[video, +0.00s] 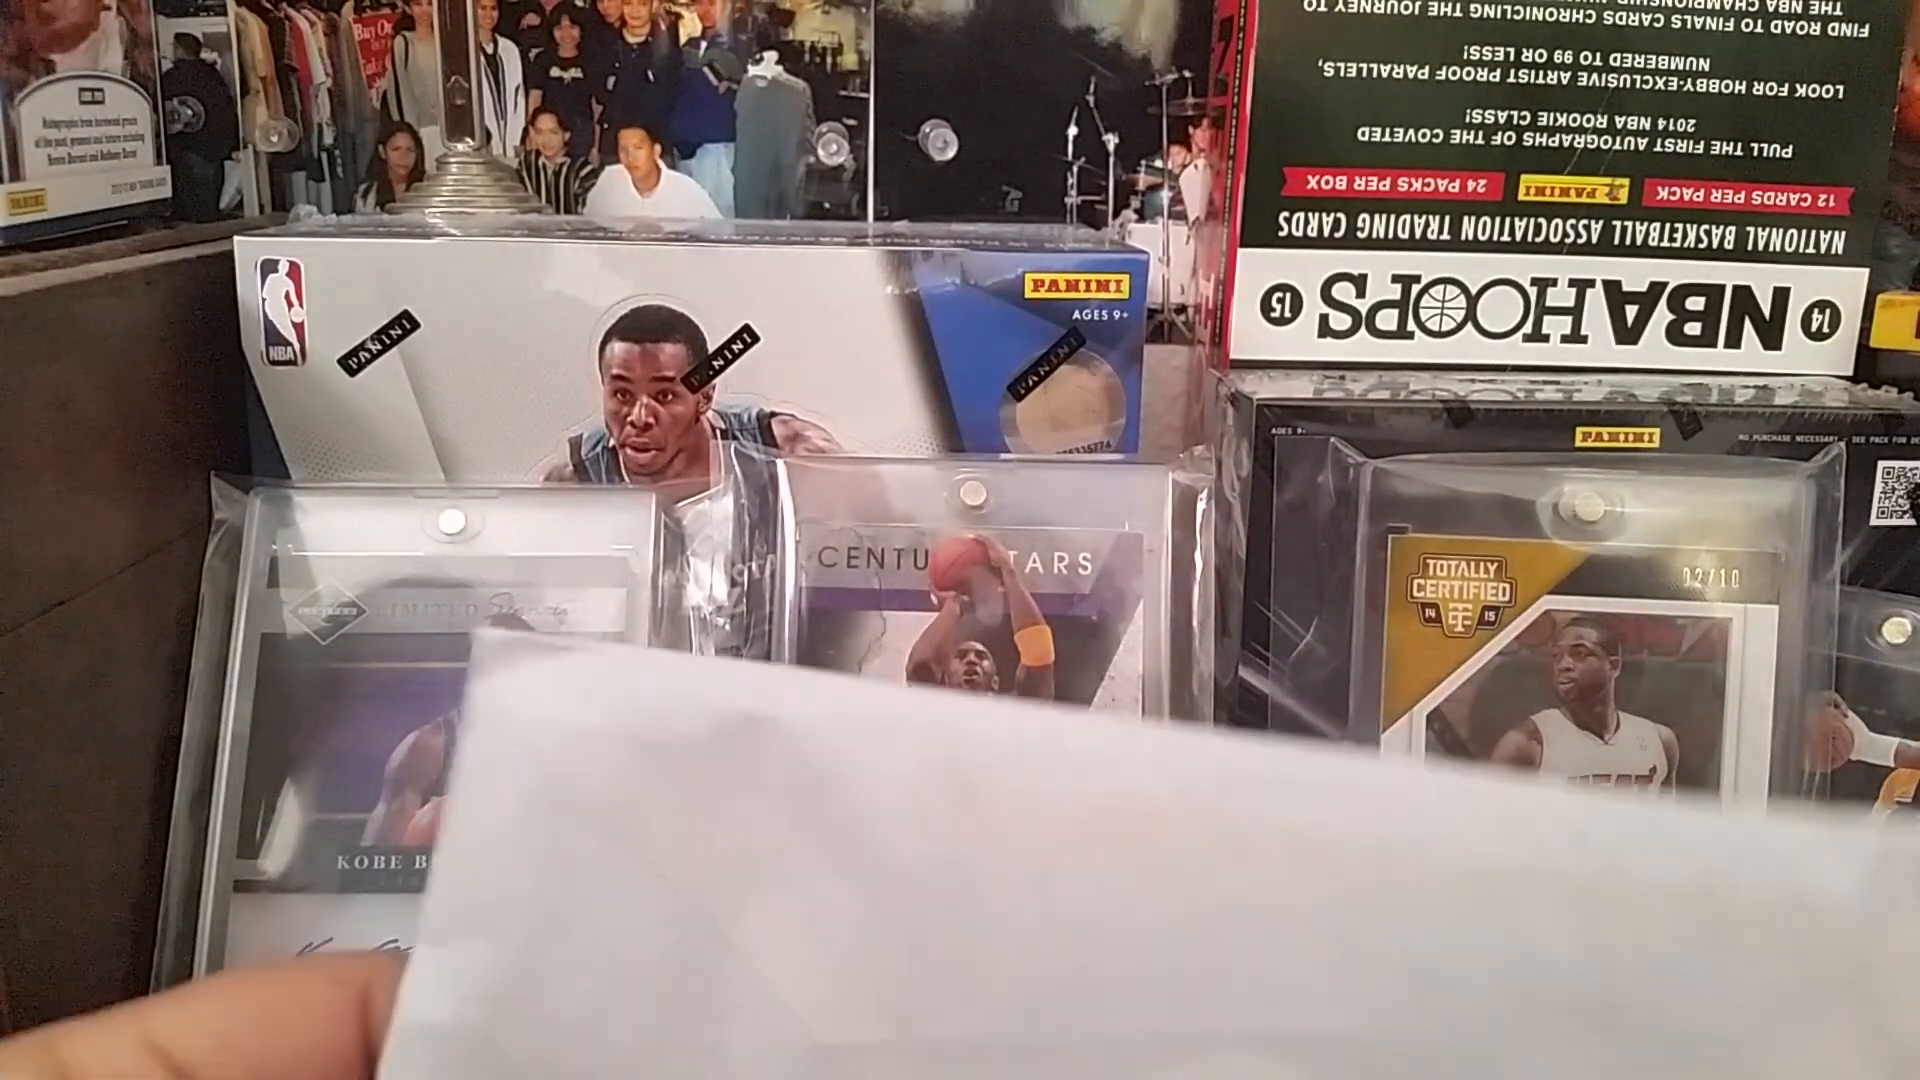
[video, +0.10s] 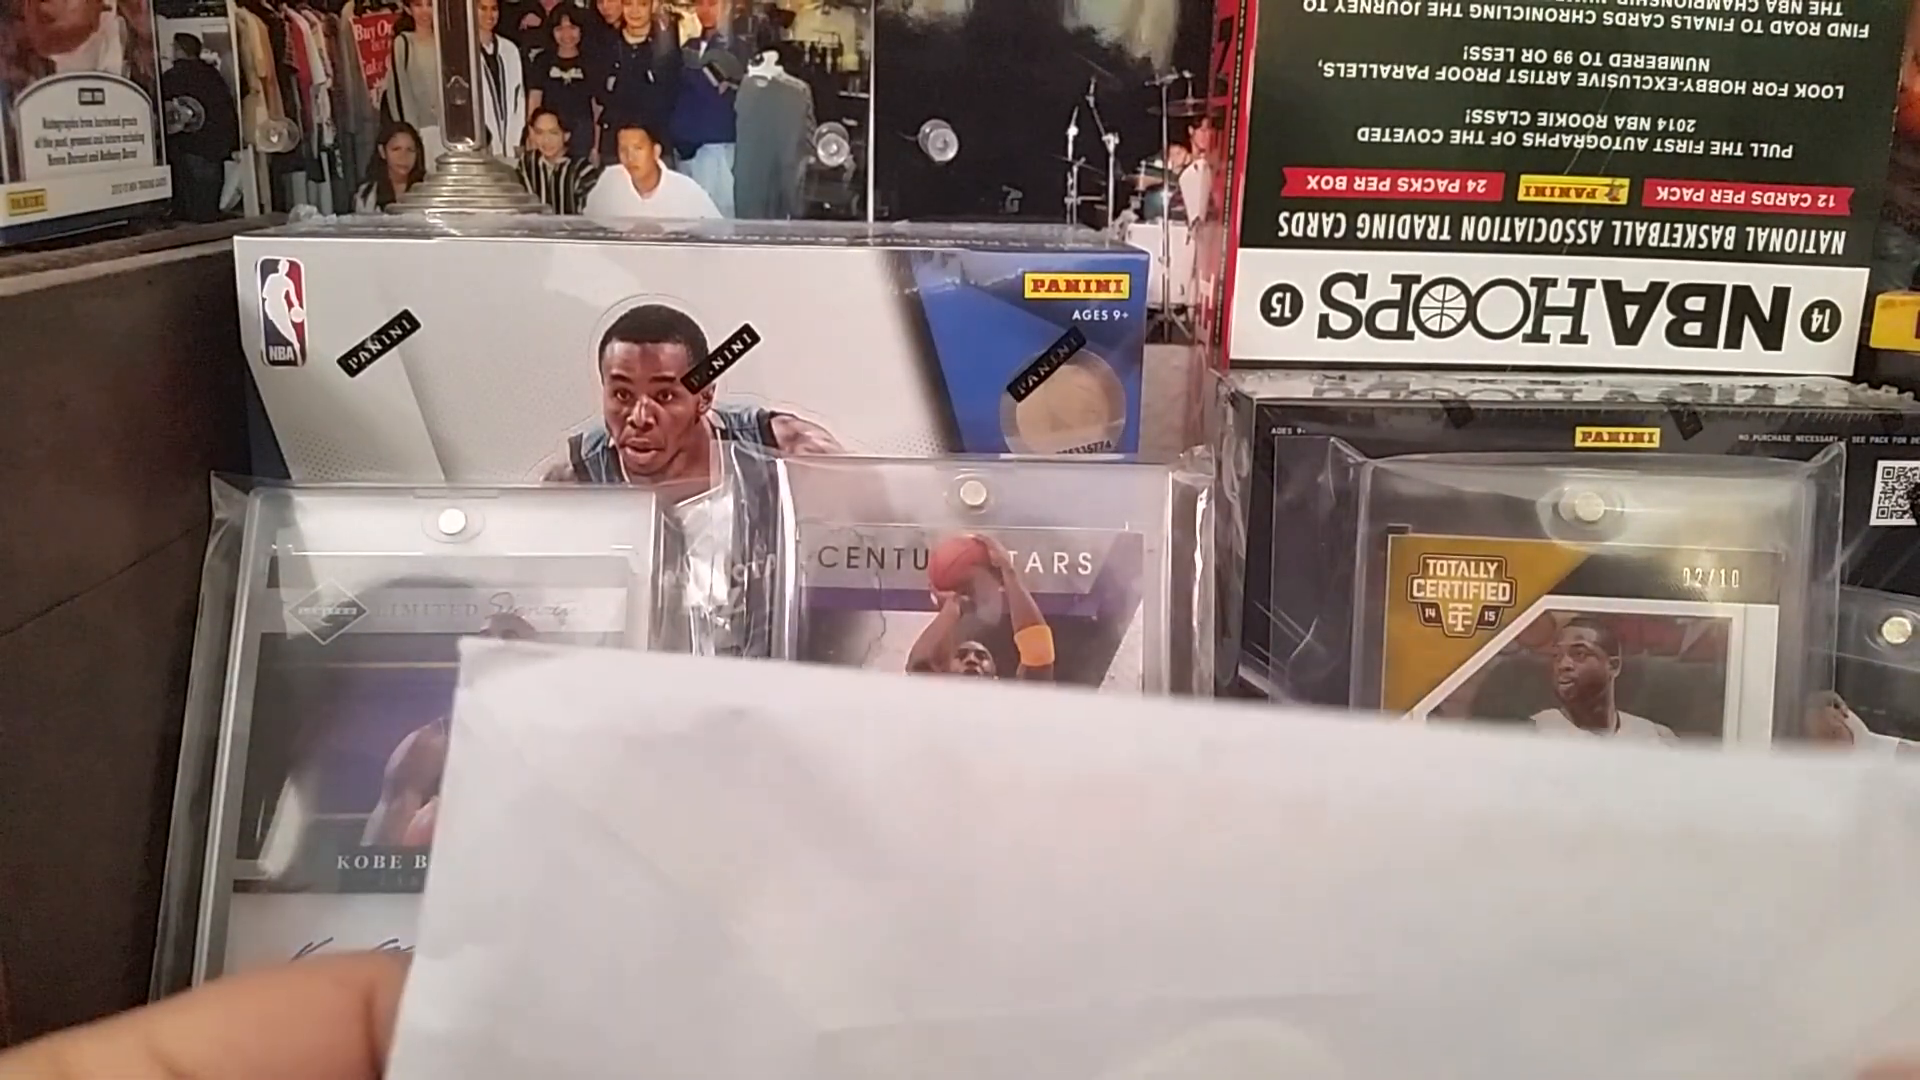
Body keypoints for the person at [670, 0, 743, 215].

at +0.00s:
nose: (701, 10)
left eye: (708, 4)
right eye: (699, 4)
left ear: (723, 7)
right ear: (695, 8)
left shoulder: (734, 47)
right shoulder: (689, 47)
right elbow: (674, 90)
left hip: (716, 141)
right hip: (683, 140)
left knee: (715, 212)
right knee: (687, 210)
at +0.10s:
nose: (703, 10)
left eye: (710, 4)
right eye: (700, 4)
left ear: (723, 8)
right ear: (695, 9)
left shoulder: (734, 49)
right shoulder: (688, 48)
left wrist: (686, 68)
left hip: (717, 140)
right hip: (683, 139)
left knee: (715, 209)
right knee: (687, 207)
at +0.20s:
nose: (703, 9)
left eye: (710, 4)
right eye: (701, 4)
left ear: (724, 8)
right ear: (696, 9)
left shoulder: (735, 49)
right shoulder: (688, 48)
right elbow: (674, 90)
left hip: (718, 139)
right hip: (683, 139)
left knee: (716, 207)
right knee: (687, 206)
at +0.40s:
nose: (703, 10)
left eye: (711, 3)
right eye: (699, 4)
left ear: (726, 6)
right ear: (694, 8)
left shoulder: (739, 49)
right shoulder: (688, 48)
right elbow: (673, 93)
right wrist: (673, 136)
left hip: (718, 145)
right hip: (683, 144)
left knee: (717, 218)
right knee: (686, 215)